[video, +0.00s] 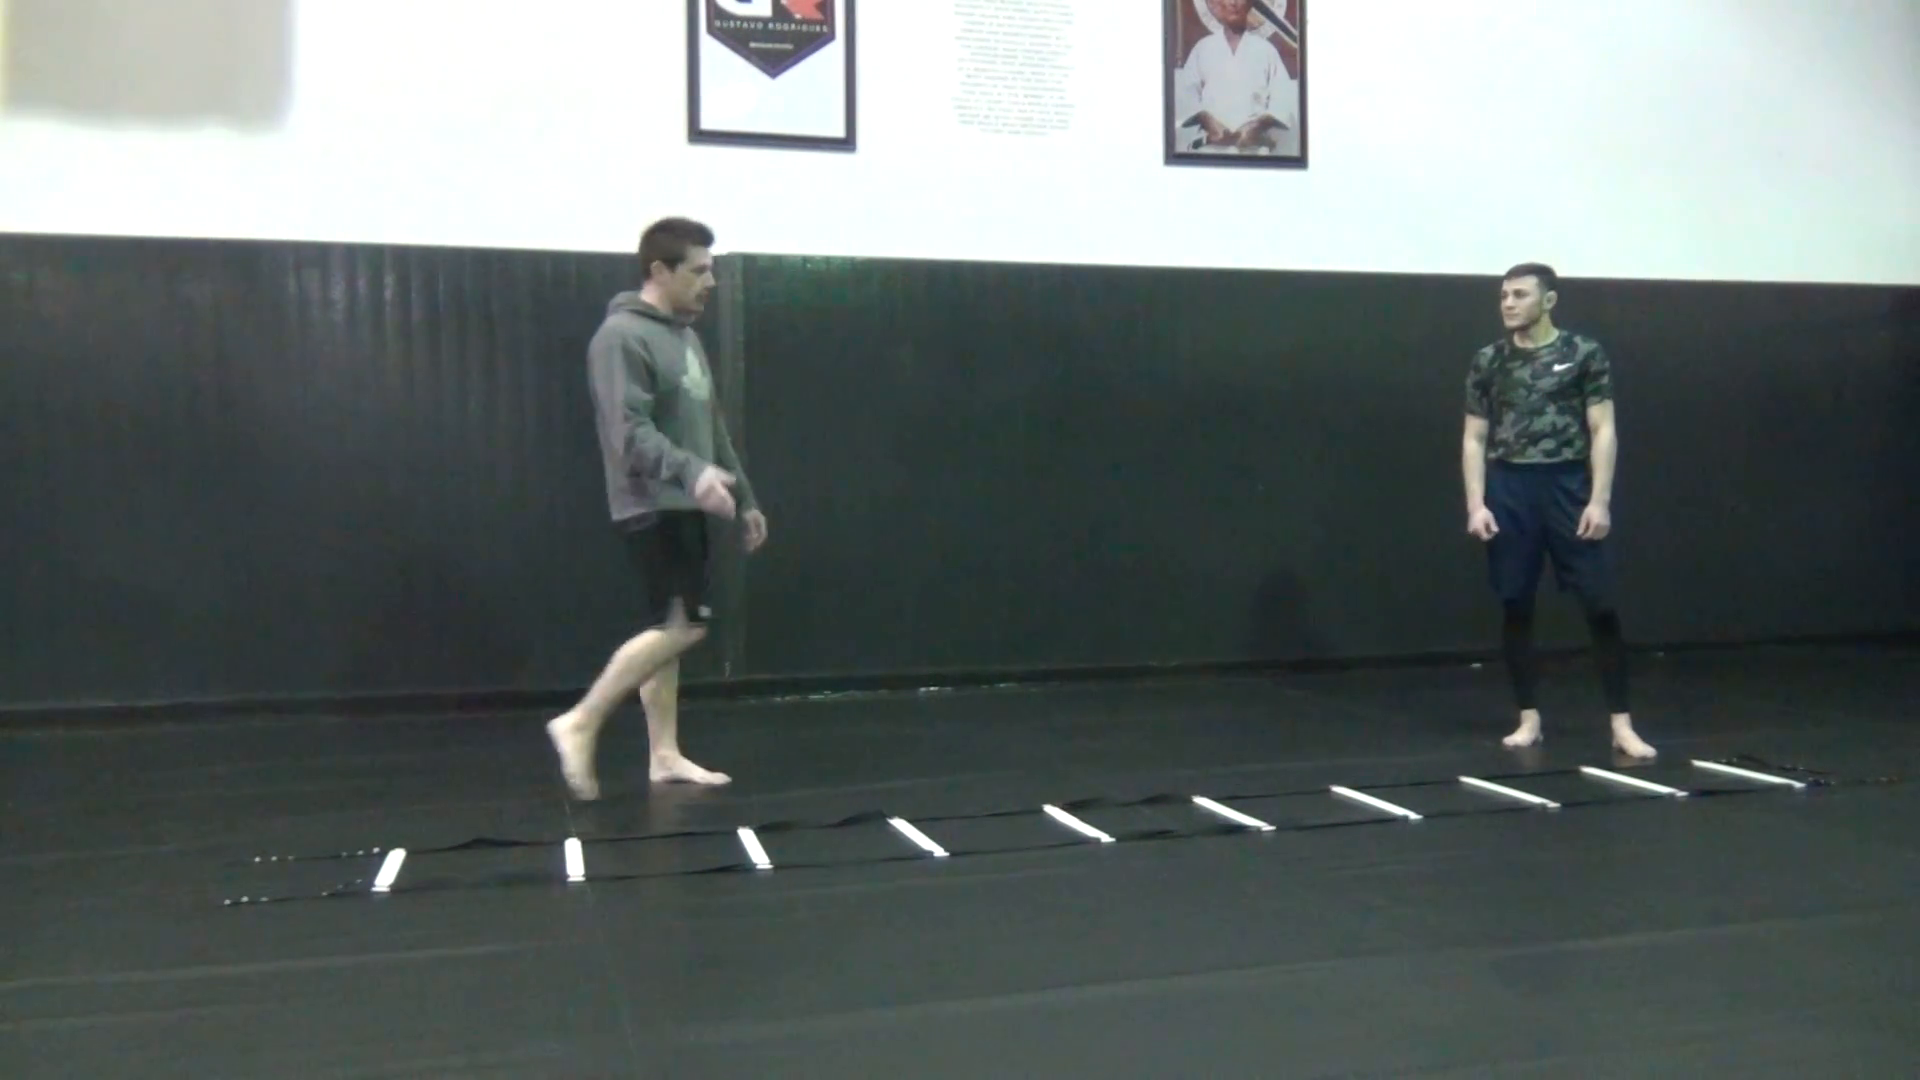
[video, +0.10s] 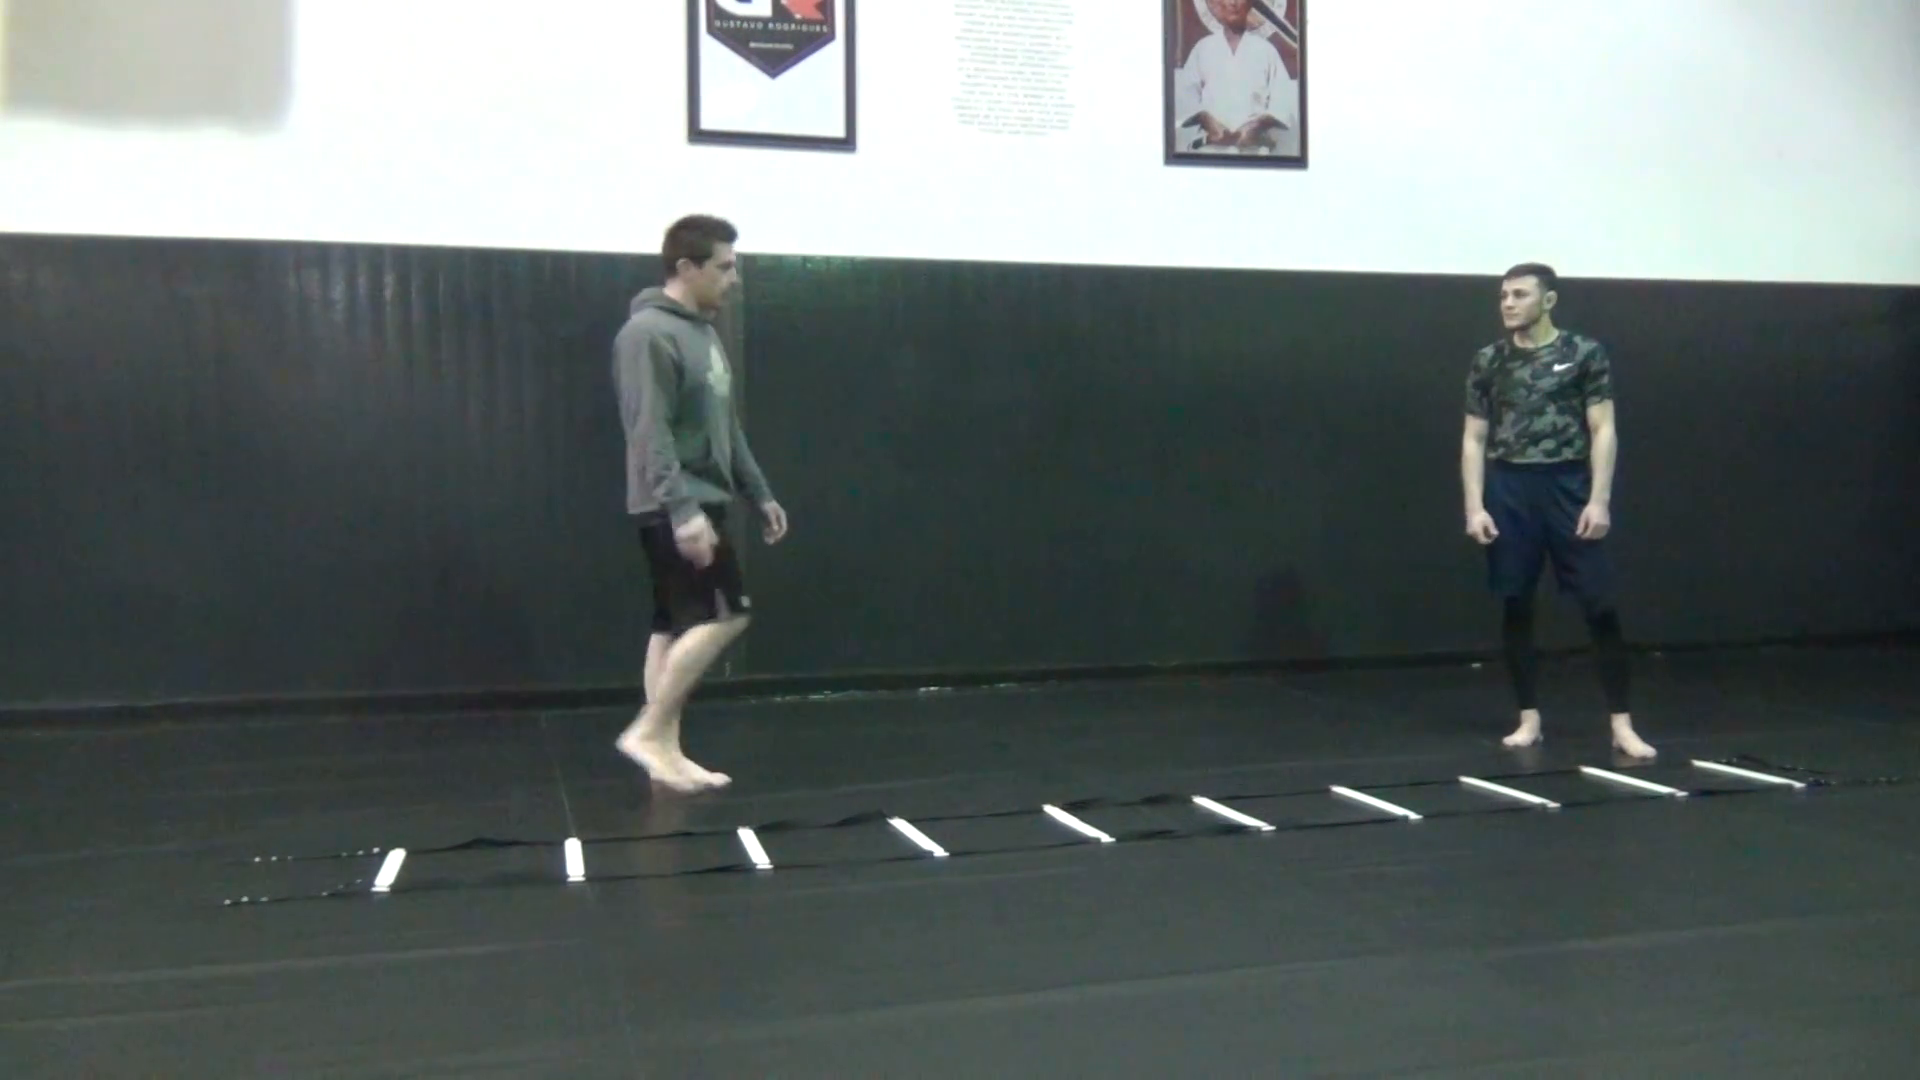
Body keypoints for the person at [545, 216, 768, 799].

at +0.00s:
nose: (710, 282)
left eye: (710, 270)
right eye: (700, 270)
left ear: (675, 273)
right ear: (658, 270)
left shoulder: (685, 338)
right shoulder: (619, 336)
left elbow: (713, 431)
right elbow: (629, 433)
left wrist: (743, 502)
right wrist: (692, 473)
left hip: (688, 501)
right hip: (650, 505)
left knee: (672, 628)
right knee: (686, 622)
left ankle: (665, 756)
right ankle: (577, 724)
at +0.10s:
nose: (734, 278)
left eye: (734, 267)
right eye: (725, 267)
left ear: (695, 269)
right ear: (687, 267)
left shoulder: (704, 332)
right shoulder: (645, 333)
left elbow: (725, 429)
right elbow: (648, 431)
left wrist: (761, 496)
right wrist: (681, 510)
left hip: (702, 498)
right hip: (672, 501)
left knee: (671, 625)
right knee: (726, 615)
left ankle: (666, 751)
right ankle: (646, 733)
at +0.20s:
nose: (759, 280)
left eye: (759, 268)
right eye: (750, 268)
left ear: (716, 270)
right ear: (711, 269)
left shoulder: (719, 332)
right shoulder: (676, 334)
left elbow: (738, 427)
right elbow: (669, 433)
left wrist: (770, 491)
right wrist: (672, 522)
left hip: (709, 503)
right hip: (701, 505)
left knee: (679, 627)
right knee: (752, 616)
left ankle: (666, 752)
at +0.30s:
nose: (785, 282)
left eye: (784, 271)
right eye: (776, 271)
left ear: (741, 275)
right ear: (738, 274)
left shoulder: (735, 335)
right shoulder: (705, 337)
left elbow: (748, 434)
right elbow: (688, 436)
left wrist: (777, 498)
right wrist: (685, 525)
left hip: (724, 508)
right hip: (725, 511)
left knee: (686, 633)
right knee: (766, 629)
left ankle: (666, 755)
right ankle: (808, 754)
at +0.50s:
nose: (835, 287)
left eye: (835, 276)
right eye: (827, 276)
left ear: (787, 278)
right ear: (791, 277)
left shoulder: (750, 334)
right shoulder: (770, 342)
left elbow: (755, 436)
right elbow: (765, 442)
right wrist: (771, 529)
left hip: (739, 508)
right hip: (775, 510)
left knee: (728, 633)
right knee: (807, 633)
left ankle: (675, 742)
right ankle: (827, 758)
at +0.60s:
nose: (859, 289)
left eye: (860, 277)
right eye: (852, 277)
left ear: (810, 278)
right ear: (815, 277)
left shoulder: (769, 330)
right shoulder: (801, 340)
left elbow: (771, 435)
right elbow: (808, 444)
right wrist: (837, 526)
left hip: (762, 509)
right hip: (793, 511)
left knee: (769, 626)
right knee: (821, 631)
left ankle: (706, 720)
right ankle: (827, 760)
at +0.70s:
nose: (881, 291)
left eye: (883, 279)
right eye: (875, 279)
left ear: (833, 278)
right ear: (837, 277)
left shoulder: (788, 328)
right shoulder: (824, 338)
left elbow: (794, 426)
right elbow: (854, 436)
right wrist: (908, 504)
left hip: (789, 504)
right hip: (819, 507)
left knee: (810, 624)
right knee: (834, 630)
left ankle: (753, 702)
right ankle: (828, 759)